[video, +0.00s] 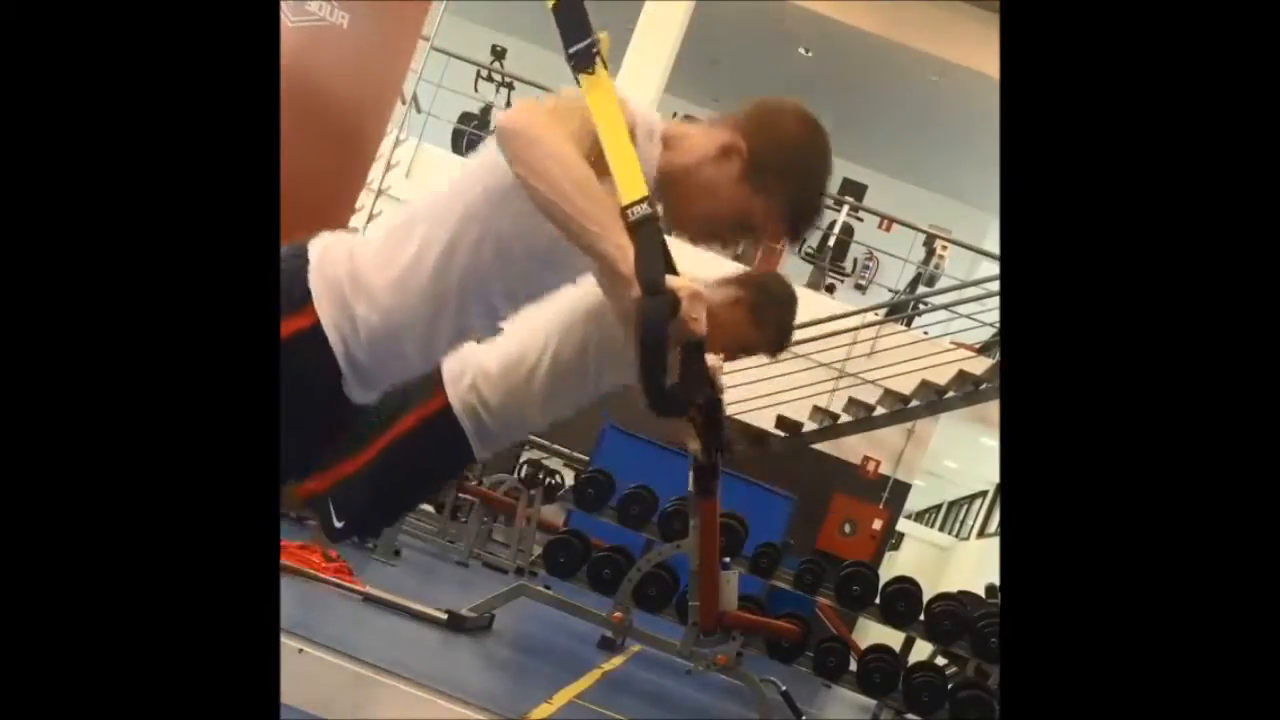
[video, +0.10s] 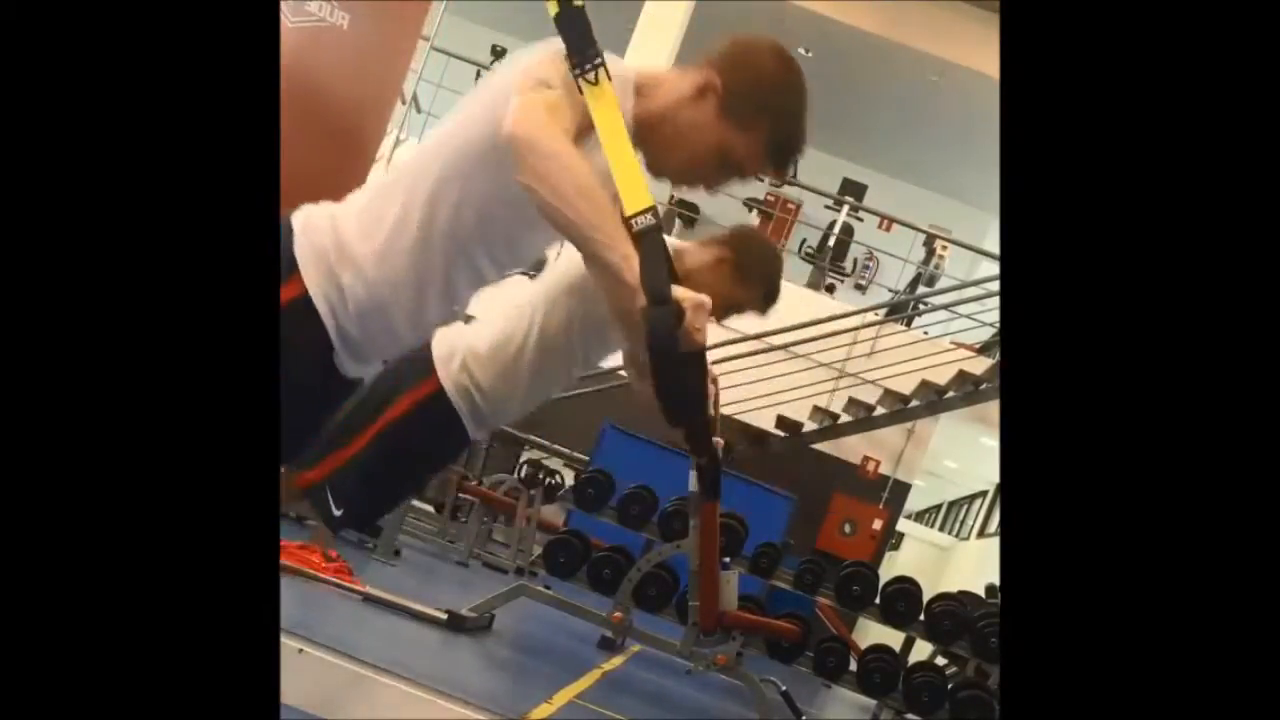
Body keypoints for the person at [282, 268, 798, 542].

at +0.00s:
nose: (715, 355)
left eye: (730, 352)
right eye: (726, 340)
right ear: (725, 296)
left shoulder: (668, 338)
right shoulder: (655, 283)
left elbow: (662, 409)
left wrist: (696, 424)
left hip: (492, 420)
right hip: (471, 392)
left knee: (360, 509)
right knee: (338, 501)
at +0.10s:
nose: (718, 309)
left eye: (731, 308)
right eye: (729, 294)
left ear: (717, 271)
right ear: (716, 255)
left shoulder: (655, 311)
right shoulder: (637, 248)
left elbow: (654, 390)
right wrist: (670, 310)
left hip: (470, 406)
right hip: (448, 378)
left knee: (339, 515)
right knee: (315, 499)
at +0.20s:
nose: (710, 289)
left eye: (723, 283)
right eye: (722, 274)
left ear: (704, 232)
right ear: (705, 232)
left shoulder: (647, 275)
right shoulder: (630, 236)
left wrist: (686, 382)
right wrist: (673, 319)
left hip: (461, 387)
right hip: (438, 362)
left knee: (340, 504)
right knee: (308, 486)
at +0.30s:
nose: (702, 270)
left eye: (714, 263)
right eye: (713, 255)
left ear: (691, 214)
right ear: (693, 213)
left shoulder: (632, 257)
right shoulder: (615, 220)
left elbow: (643, 324)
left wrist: (675, 367)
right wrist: (655, 311)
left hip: (457, 374)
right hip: (432, 347)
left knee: (346, 480)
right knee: (309, 465)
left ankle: (311, 535)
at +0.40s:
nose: (698, 264)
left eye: (710, 258)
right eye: (709, 250)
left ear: (685, 208)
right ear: (688, 207)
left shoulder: (630, 252)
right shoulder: (610, 212)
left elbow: (650, 336)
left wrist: (685, 387)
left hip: (451, 372)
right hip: (425, 342)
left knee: (329, 484)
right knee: (296, 458)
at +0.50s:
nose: (697, 267)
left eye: (709, 260)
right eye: (707, 252)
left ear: (684, 208)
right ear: (687, 210)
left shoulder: (626, 249)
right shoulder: (614, 224)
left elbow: (643, 336)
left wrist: (677, 383)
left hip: (443, 368)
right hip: (422, 344)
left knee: (322, 486)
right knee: (292, 463)